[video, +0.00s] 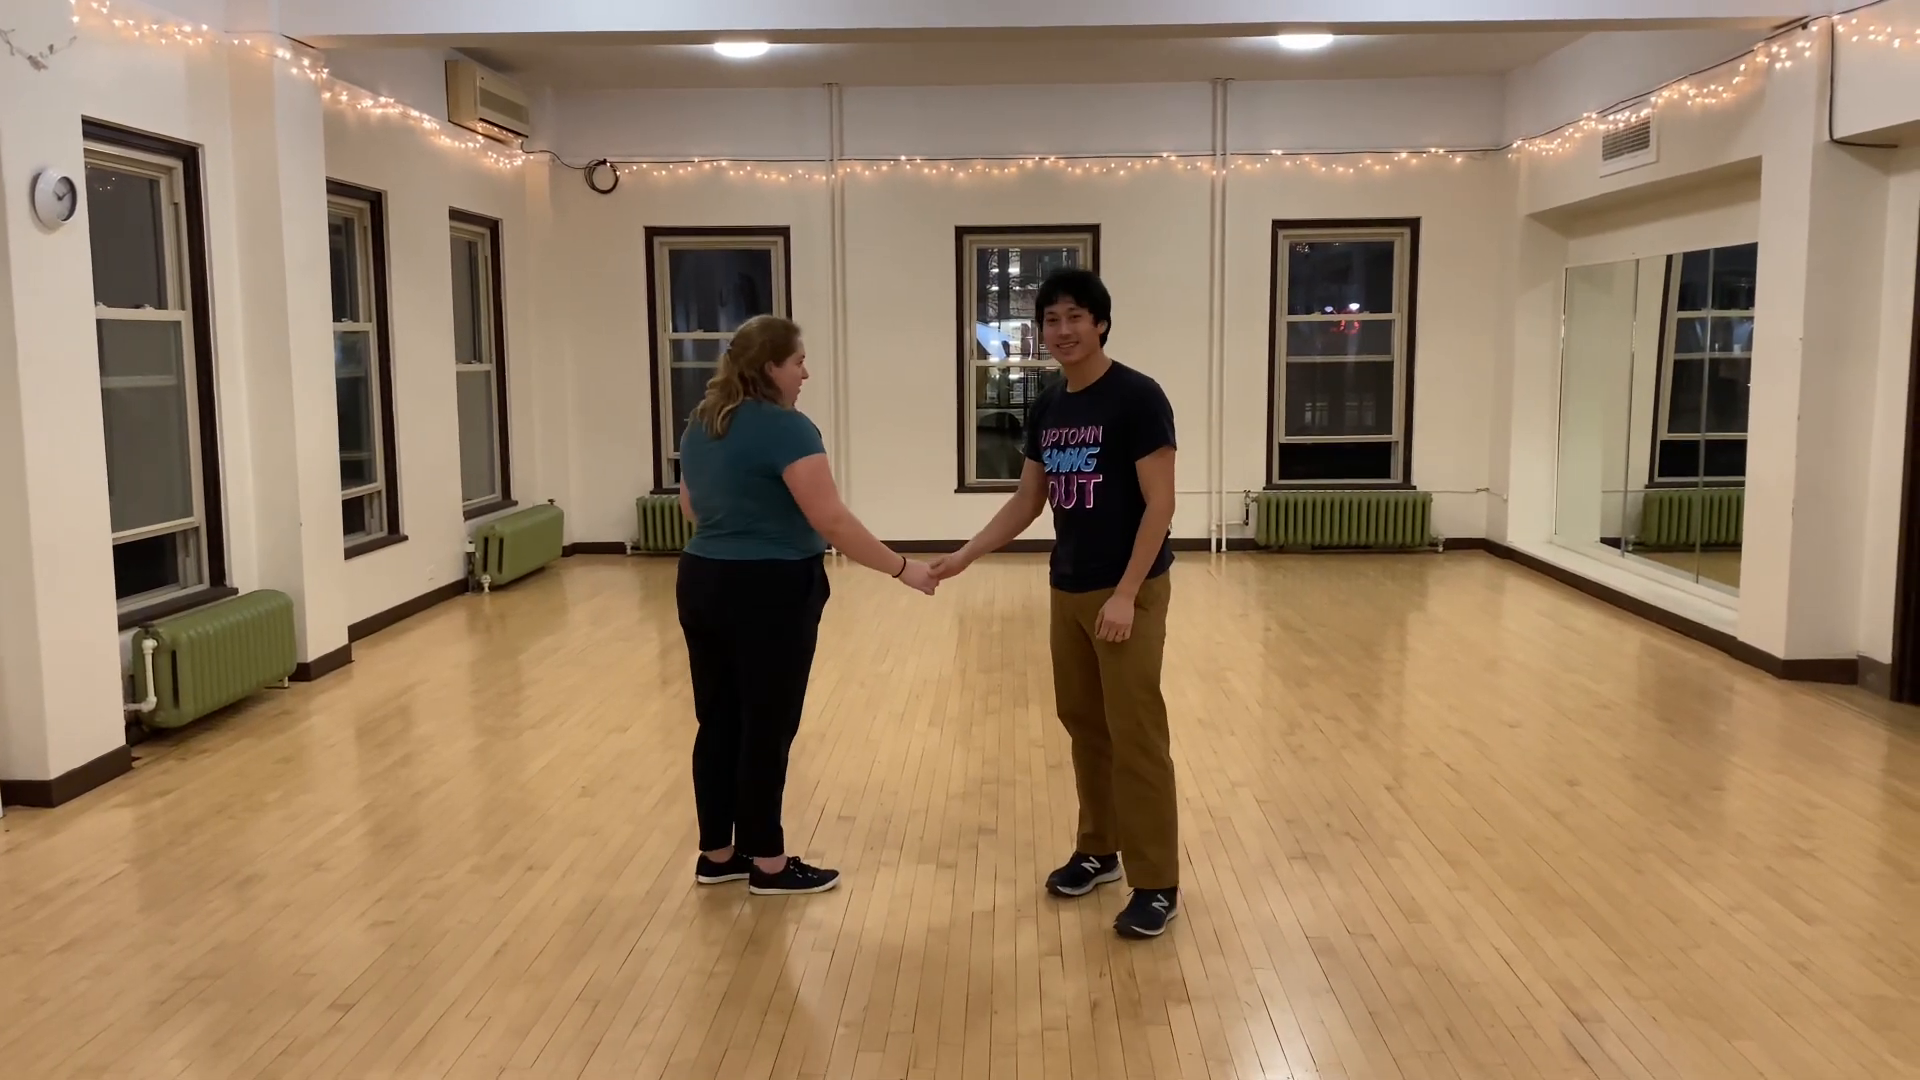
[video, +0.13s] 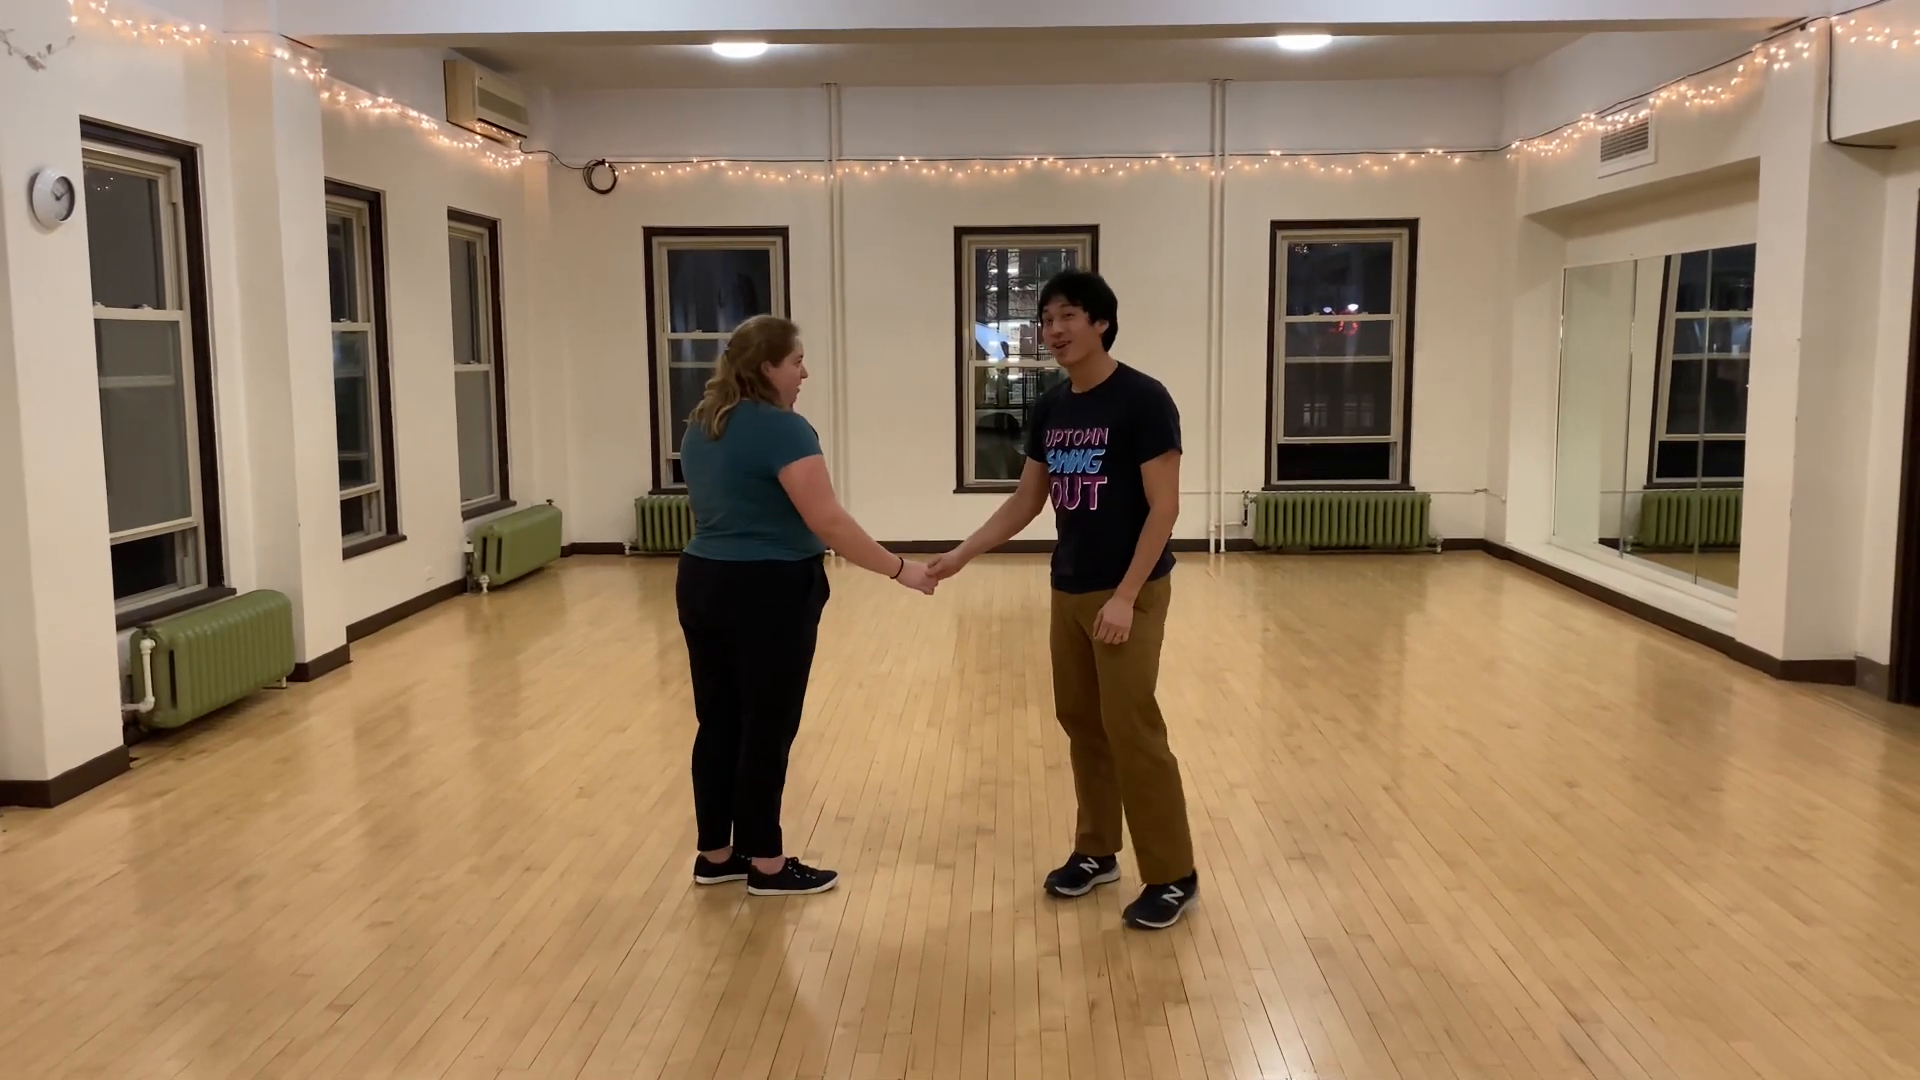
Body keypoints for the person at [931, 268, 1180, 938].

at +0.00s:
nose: (1063, 330)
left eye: (1075, 317)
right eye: (1052, 320)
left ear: (1102, 323)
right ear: (1042, 330)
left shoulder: (1139, 399)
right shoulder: (1047, 406)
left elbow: (1160, 506)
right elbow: (1027, 500)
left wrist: (1126, 593)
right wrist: (961, 557)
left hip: (1130, 594)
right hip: (1070, 593)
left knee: (1135, 738)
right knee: (1085, 727)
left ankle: (1156, 885)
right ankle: (1099, 849)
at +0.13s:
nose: (1053, 330)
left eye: (1066, 318)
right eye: (1047, 320)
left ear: (1101, 324)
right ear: (1043, 331)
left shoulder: (1145, 401)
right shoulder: (1050, 408)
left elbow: (1165, 508)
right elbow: (1026, 500)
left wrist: (1126, 594)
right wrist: (958, 555)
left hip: (1132, 592)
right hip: (1070, 591)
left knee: (1132, 732)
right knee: (1084, 726)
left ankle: (1173, 879)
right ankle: (1098, 853)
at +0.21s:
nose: (1054, 332)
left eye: (1066, 319)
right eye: (1048, 321)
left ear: (1102, 325)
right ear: (1047, 330)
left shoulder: (1149, 403)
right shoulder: (1058, 409)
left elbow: (1165, 511)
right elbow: (1027, 500)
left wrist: (1126, 598)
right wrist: (957, 552)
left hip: (1134, 591)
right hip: (1073, 589)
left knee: (1129, 727)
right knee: (1080, 723)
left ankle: (1190, 869)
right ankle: (1096, 854)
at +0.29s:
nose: (1055, 333)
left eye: (1067, 321)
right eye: (1052, 322)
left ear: (1105, 325)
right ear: (1058, 330)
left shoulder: (1151, 402)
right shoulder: (1065, 409)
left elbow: (1165, 512)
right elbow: (1033, 498)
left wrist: (1127, 602)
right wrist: (960, 545)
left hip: (1137, 594)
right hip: (1076, 591)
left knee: (1135, 729)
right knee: (1081, 725)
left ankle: (1198, 873)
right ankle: (1094, 854)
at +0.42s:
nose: (1051, 335)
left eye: (1061, 323)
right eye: (1051, 324)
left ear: (1100, 327)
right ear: (1082, 329)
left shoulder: (1150, 403)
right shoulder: (1078, 406)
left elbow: (1163, 513)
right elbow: (1045, 491)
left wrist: (1122, 604)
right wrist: (964, 521)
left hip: (1147, 593)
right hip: (1086, 589)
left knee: (1149, 729)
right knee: (1081, 725)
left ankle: (1200, 876)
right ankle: (1095, 853)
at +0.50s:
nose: (1048, 338)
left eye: (1058, 326)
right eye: (1049, 326)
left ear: (1096, 330)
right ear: (1083, 332)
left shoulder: (1147, 402)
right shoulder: (1083, 405)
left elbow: (1160, 514)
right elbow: (1048, 484)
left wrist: (1111, 604)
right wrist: (964, 497)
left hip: (1151, 596)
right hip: (1091, 592)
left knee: (1157, 732)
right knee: (1078, 727)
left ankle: (1199, 877)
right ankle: (1094, 853)